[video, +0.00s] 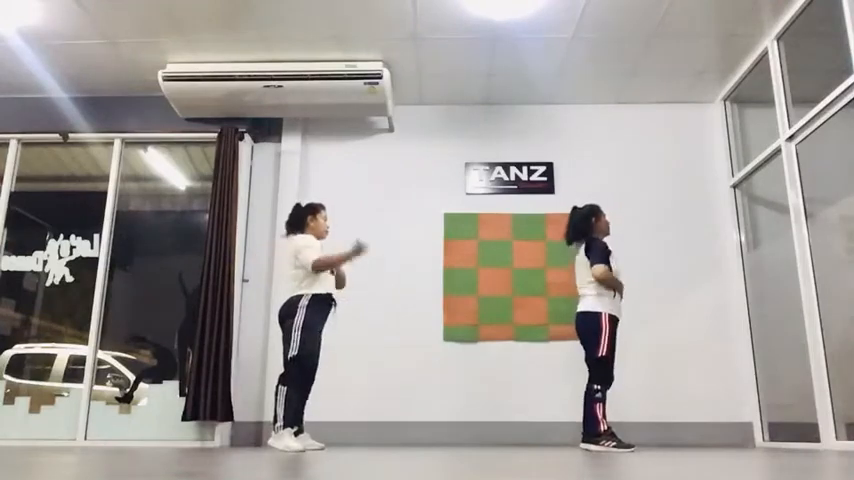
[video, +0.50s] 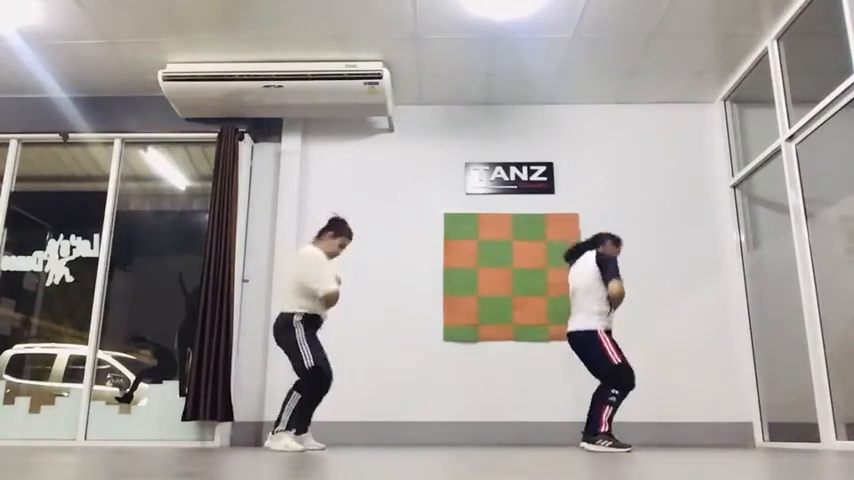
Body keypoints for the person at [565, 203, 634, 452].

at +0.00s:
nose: (608, 221)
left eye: (605, 216)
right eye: (604, 217)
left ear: (590, 223)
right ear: (595, 222)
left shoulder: (584, 247)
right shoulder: (597, 245)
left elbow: (589, 278)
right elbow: (600, 272)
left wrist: (609, 283)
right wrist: (617, 284)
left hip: (588, 312)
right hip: (600, 314)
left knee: (598, 375)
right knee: (601, 375)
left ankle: (593, 432)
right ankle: (597, 433)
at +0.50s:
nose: (617, 254)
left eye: (618, 250)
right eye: (616, 249)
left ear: (595, 244)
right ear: (605, 243)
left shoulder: (578, 263)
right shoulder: (604, 258)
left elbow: (579, 297)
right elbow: (616, 290)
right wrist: (611, 307)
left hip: (577, 330)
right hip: (593, 329)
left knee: (611, 379)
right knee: (623, 378)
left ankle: (592, 433)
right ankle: (599, 433)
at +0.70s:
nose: (611, 261)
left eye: (613, 256)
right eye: (610, 255)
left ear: (592, 249)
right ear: (598, 252)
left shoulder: (576, 268)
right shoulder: (588, 275)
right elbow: (601, 316)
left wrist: (606, 307)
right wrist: (614, 306)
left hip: (588, 338)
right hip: (596, 339)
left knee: (623, 383)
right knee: (629, 382)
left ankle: (594, 433)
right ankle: (599, 434)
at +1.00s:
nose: (592, 222)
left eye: (589, 218)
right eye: (588, 219)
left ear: (572, 229)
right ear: (580, 227)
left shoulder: (573, 255)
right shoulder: (583, 255)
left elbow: (596, 288)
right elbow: (603, 290)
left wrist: (607, 284)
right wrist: (616, 284)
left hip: (594, 320)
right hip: (599, 321)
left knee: (609, 378)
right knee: (612, 377)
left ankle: (593, 432)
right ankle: (596, 434)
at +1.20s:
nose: (588, 219)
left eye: (584, 217)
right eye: (584, 218)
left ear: (573, 231)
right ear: (577, 228)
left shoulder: (570, 254)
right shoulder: (588, 245)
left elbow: (582, 288)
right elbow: (605, 272)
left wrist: (608, 285)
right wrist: (619, 280)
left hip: (588, 319)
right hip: (604, 319)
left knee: (599, 378)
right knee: (605, 378)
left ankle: (590, 432)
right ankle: (597, 433)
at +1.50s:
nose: (612, 259)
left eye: (614, 255)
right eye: (612, 253)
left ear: (591, 248)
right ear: (602, 248)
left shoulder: (573, 267)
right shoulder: (595, 263)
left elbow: (577, 303)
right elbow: (608, 298)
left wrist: (602, 304)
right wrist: (613, 305)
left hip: (582, 338)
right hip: (598, 337)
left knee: (615, 383)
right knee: (633, 383)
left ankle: (592, 433)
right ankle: (601, 434)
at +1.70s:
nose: (614, 248)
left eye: (615, 243)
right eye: (613, 243)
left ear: (593, 238)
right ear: (602, 239)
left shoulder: (578, 258)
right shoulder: (588, 262)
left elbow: (588, 299)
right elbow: (596, 302)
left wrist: (605, 297)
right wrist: (612, 297)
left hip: (585, 329)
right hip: (594, 329)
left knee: (614, 379)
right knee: (624, 378)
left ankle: (592, 433)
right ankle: (599, 434)